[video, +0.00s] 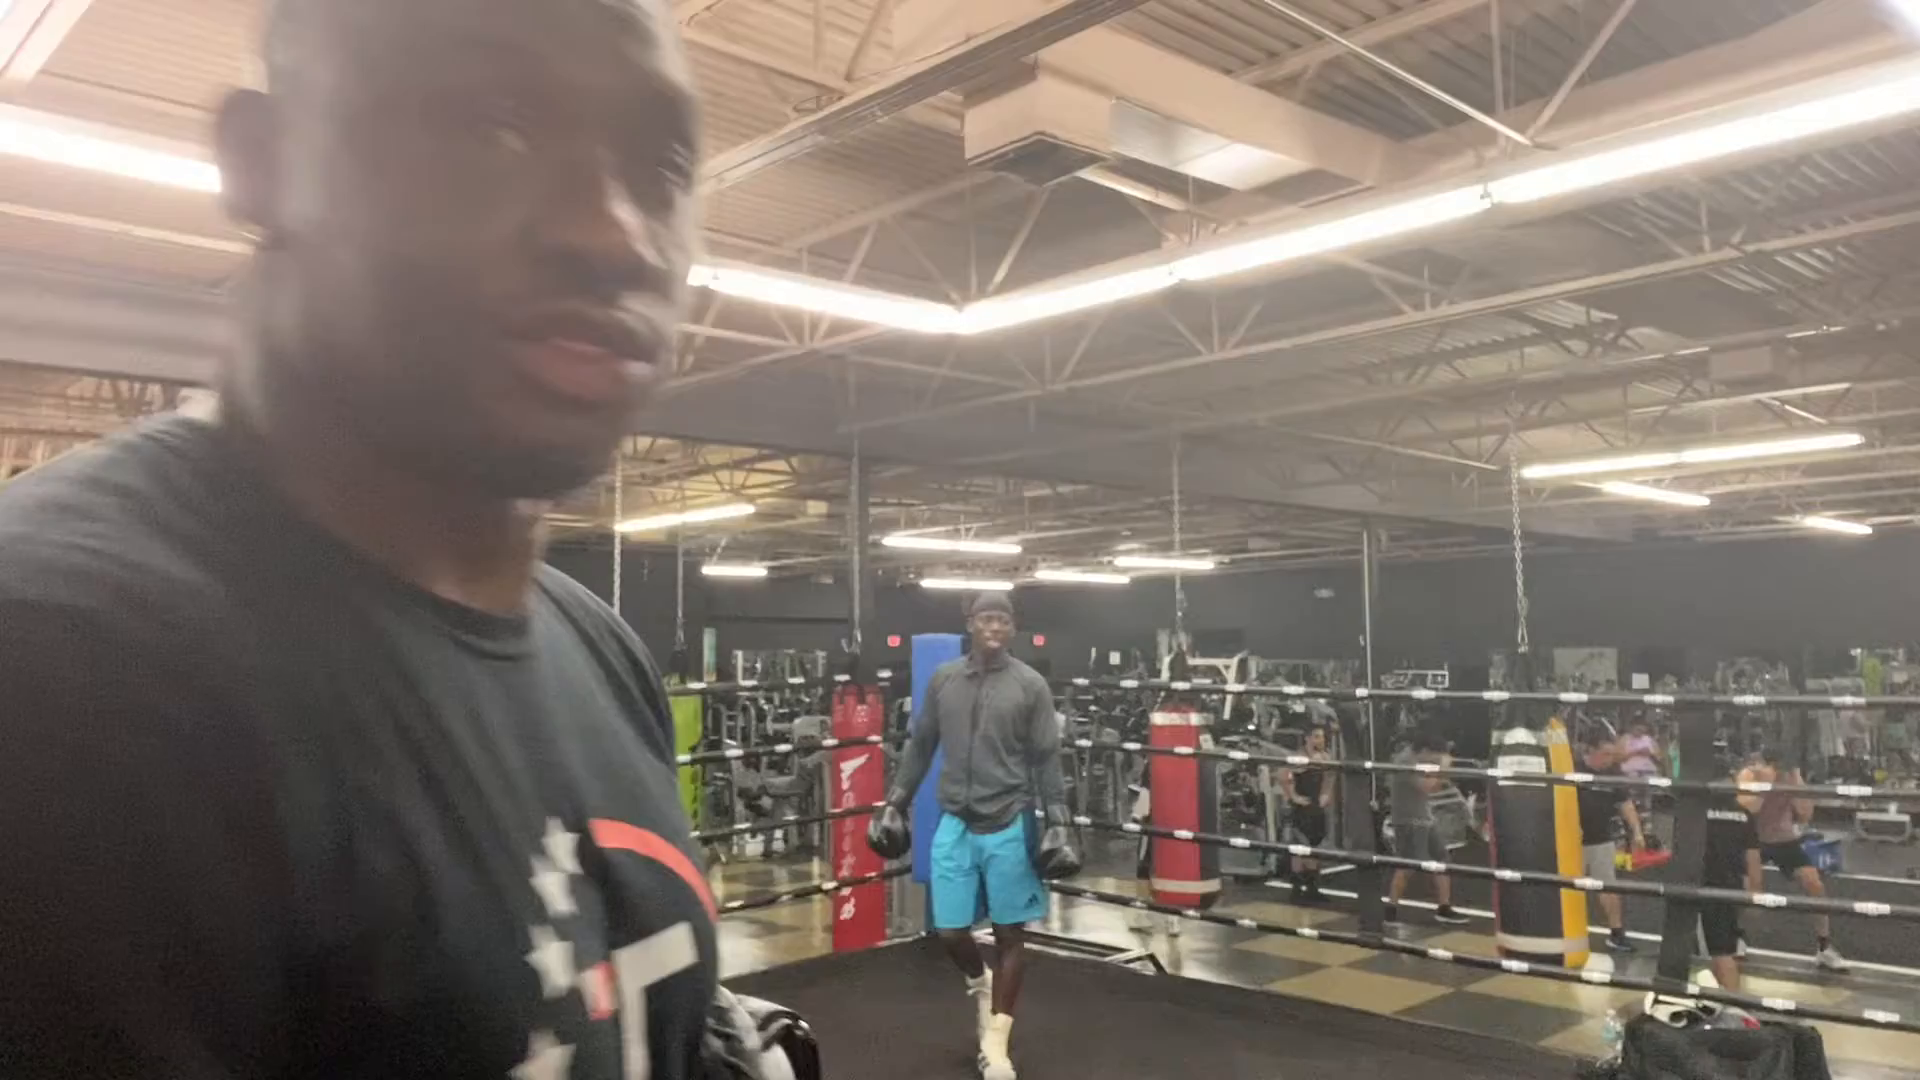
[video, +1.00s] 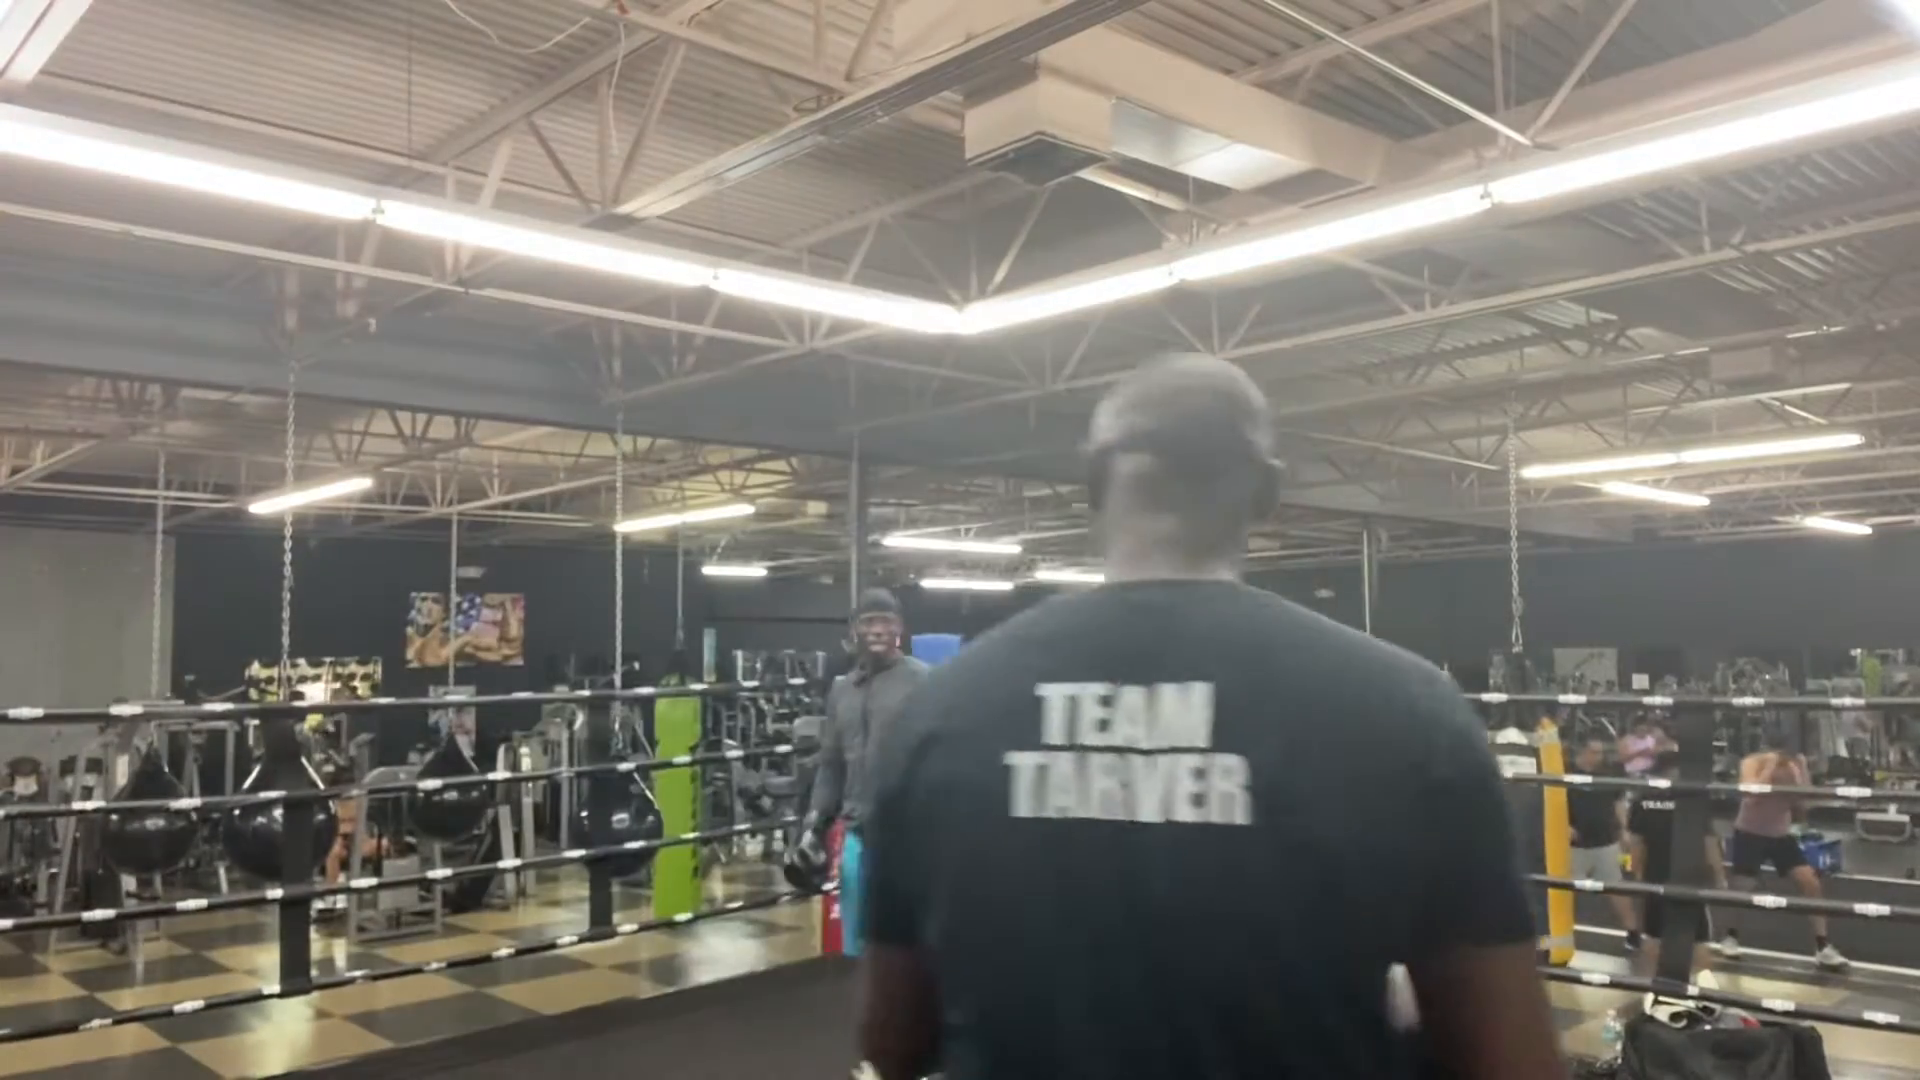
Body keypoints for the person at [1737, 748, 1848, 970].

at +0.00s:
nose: (1772, 771)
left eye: (1776, 766)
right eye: (1767, 766)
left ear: (1782, 764)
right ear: (1757, 763)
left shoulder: (1791, 774)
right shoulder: (1748, 775)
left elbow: (1805, 813)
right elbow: (1749, 807)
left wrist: (1794, 784)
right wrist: (1766, 784)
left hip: (1786, 840)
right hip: (1754, 841)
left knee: (1814, 884)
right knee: (1750, 887)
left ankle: (1824, 946)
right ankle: (1738, 936)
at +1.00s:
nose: (1783, 751)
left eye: (1788, 746)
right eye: (1778, 746)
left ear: (1793, 746)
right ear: (1769, 744)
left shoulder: (1797, 764)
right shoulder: (1752, 763)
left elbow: (1804, 803)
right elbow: (1750, 792)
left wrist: (1792, 779)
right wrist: (1770, 768)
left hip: (1781, 837)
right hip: (1749, 835)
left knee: (1811, 883)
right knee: (1741, 889)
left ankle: (1822, 946)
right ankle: (1730, 935)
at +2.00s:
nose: (1786, 749)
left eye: (1791, 745)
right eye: (1782, 744)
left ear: (1796, 743)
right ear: (1772, 741)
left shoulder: (1799, 761)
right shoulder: (1750, 760)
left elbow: (1806, 794)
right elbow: (1747, 788)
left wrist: (1795, 770)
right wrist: (1770, 762)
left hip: (1779, 839)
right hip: (1746, 837)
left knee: (1808, 888)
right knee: (1735, 891)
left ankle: (1823, 948)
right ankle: (1716, 944)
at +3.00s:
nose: (1770, 762)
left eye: (1775, 757)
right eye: (1765, 756)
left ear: (1781, 755)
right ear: (1756, 752)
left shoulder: (1788, 769)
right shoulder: (1740, 768)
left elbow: (1800, 807)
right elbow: (1742, 804)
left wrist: (1786, 784)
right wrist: (1762, 778)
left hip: (1772, 843)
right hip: (1738, 842)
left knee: (1799, 893)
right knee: (1729, 896)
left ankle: (1807, 956)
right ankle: (1721, 947)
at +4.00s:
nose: (1871, 783)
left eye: (1871, 779)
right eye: (1869, 779)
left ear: (1841, 769)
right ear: (1861, 775)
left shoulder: (1811, 783)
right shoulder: (1850, 785)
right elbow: (1883, 792)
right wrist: (1913, 788)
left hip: (1817, 862)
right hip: (1799, 863)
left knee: (1860, 902)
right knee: (1822, 927)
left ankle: (1872, 966)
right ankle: (1768, 947)